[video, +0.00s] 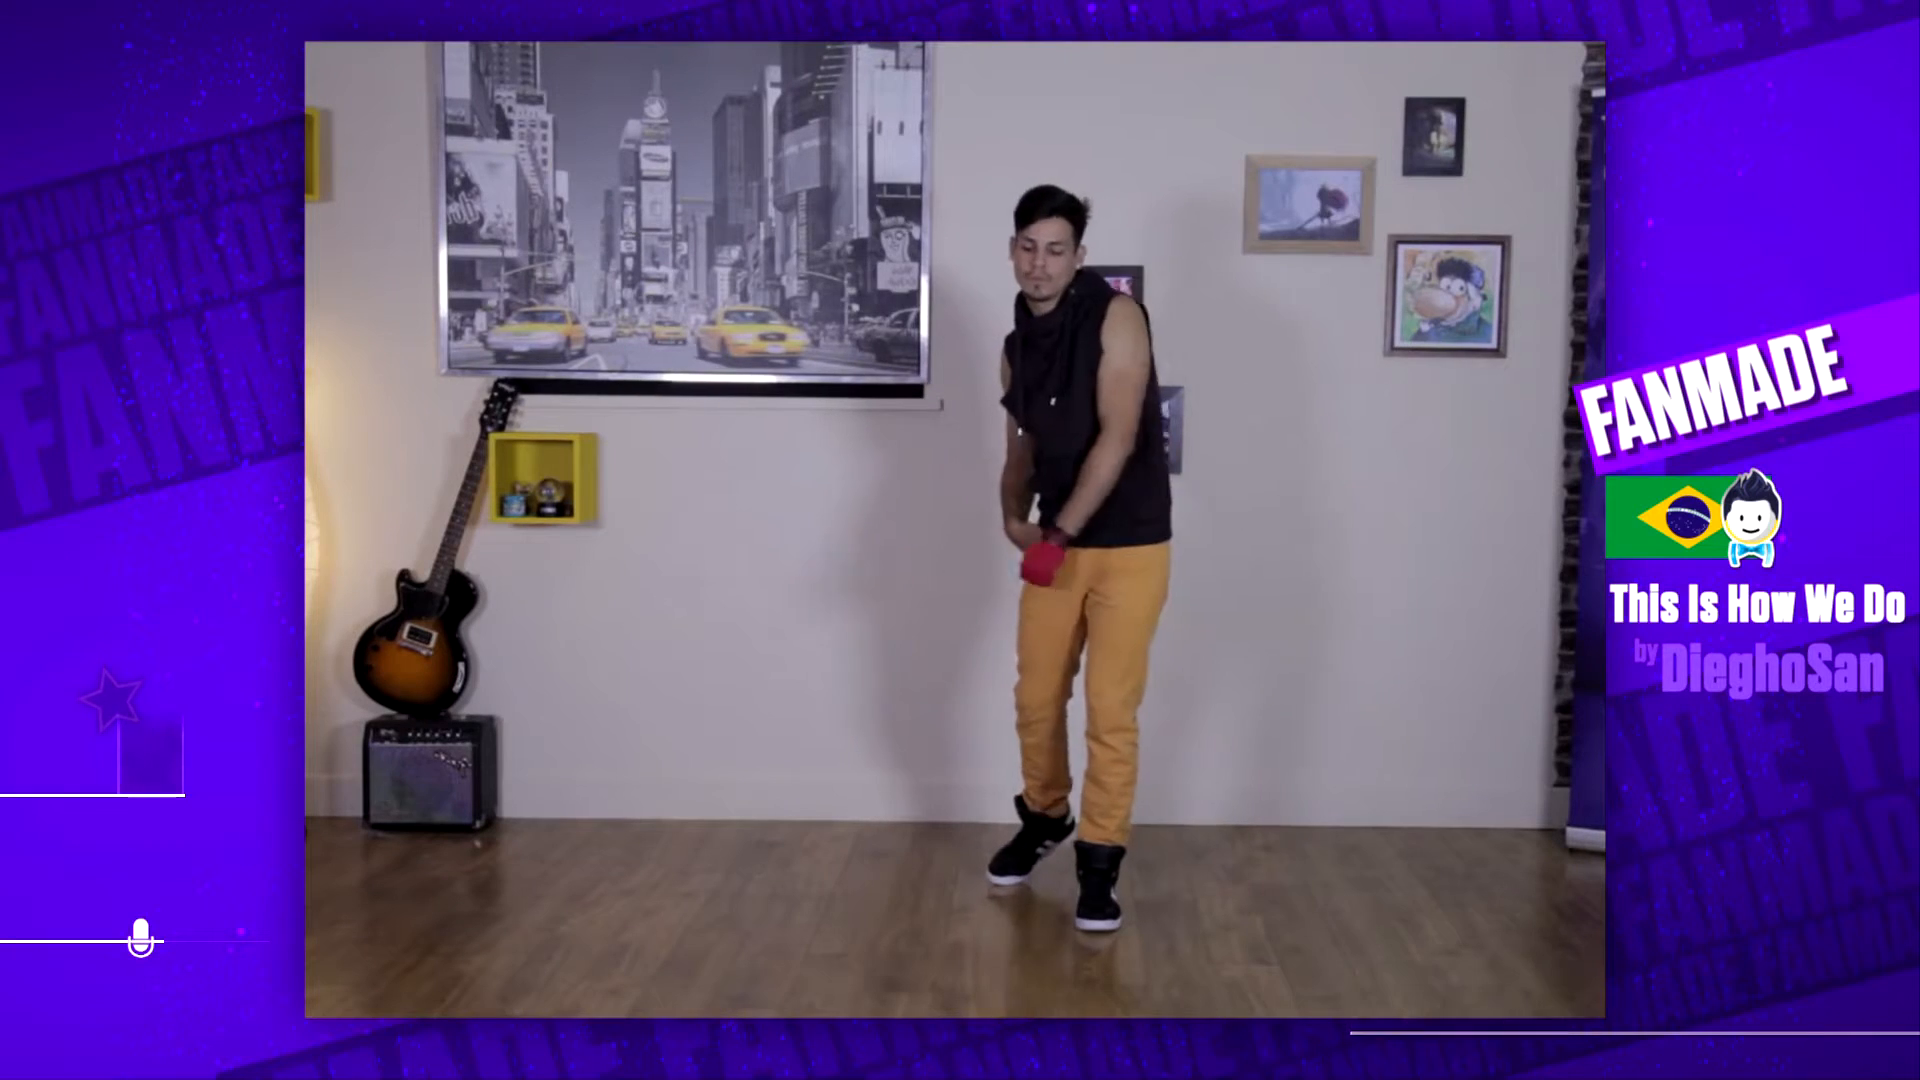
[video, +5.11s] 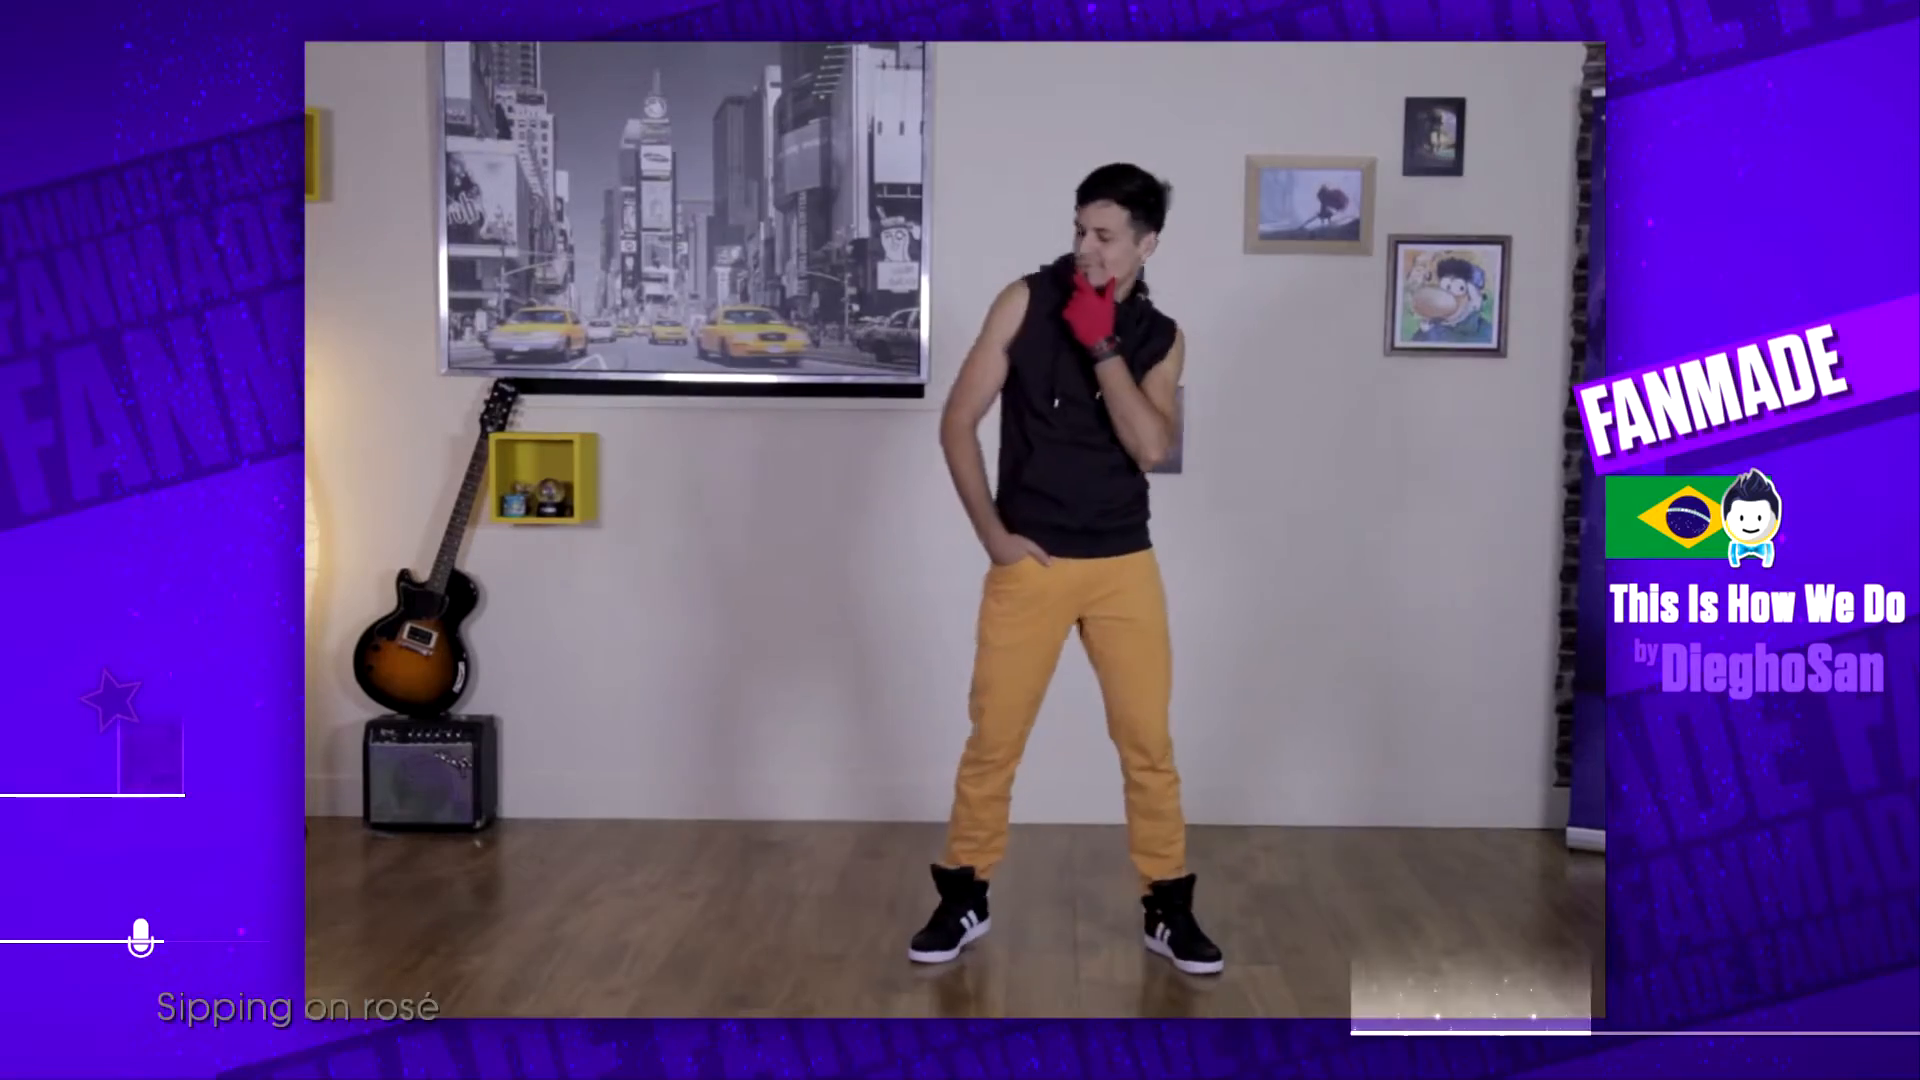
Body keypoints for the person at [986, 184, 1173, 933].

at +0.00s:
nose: (1037, 263)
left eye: (1053, 250)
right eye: (1026, 249)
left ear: (1079, 256)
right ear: (1011, 254)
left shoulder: (1118, 320)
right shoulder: (1018, 348)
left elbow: (1119, 437)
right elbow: (1019, 448)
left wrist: (1061, 534)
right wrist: (1014, 517)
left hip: (1128, 546)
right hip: (1055, 544)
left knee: (1109, 710)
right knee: (1036, 701)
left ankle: (1100, 865)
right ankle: (1045, 817)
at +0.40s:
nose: (1087, 240)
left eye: (1105, 228)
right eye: (1076, 225)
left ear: (1127, 241)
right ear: (1061, 232)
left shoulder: (1159, 319)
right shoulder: (1029, 330)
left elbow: (1181, 435)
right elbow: (995, 442)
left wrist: (1154, 525)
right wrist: (1013, 520)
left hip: (1138, 547)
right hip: (1057, 543)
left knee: (1115, 713)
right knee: (1033, 703)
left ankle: (1101, 865)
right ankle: (1032, 814)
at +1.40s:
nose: (1045, 231)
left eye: (1063, 220)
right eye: (1034, 217)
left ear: (1087, 236)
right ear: (1016, 229)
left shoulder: (1120, 330)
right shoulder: (975, 324)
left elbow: (1147, 459)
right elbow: (918, 440)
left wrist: (1085, 435)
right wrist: (966, 531)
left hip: (1103, 563)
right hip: (1009, 562)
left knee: (1138, 722)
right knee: (990, 733)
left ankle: (1126, 864)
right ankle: (966, 897)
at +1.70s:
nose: (1073, 252)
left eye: (1087, 239)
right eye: (1057, 238)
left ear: (1103, 239)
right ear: (1029, 239)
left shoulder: (1125, 302)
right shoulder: (1010, 335)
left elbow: (1106, 410)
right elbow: (973, 449)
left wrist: (1051, 318)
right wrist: (986, 523)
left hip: (1122, 567)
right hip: (1029, 563)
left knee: (1158, 739)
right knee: (995, 736)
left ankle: (1200, 904)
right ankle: (975, 900)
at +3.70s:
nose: (1085, 257)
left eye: (1102, 244)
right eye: (1078, 241)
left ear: (1146, 248)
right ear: (1069, 238)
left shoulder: (1168, 336)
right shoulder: (1032, 312)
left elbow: (1165, 447)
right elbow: (968, 431)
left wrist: (1103, 356)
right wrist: (1000, 533)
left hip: (1135, 569)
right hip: (1040, 565)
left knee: (1157, 739)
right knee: (999, 741)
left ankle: (1187, 908)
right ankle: (970, 903)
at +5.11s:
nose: (1088, 249)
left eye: (1106, 235)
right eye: (1082, 233)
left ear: (1148, 242)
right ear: (1073, 232)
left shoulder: (1160, 338)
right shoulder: (1027, 304)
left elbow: (1155, 449)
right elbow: (956, 424)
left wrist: (1104, 352)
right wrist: (993, 534)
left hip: (1124, 568)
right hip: (1030, 565)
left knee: (1148, 742)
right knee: (993, 739)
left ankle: (1168, 906)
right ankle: (963, 898)